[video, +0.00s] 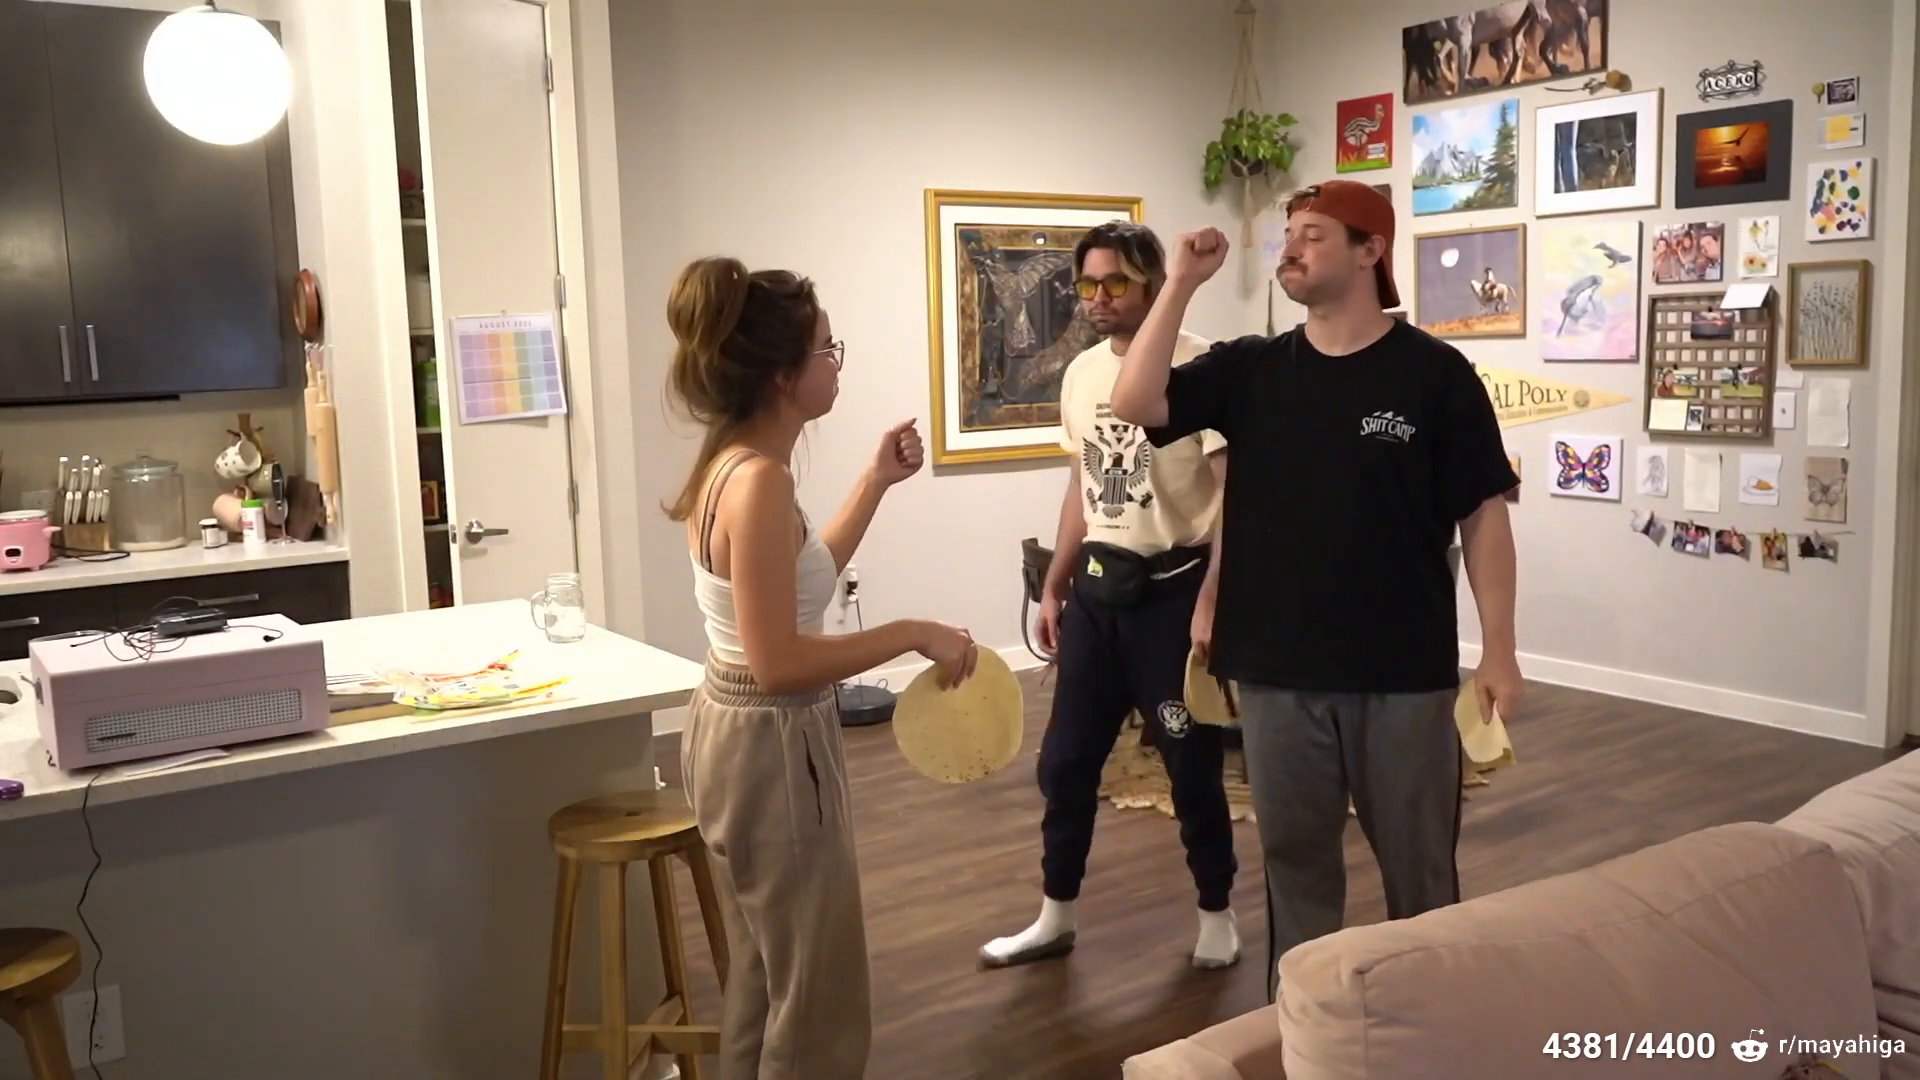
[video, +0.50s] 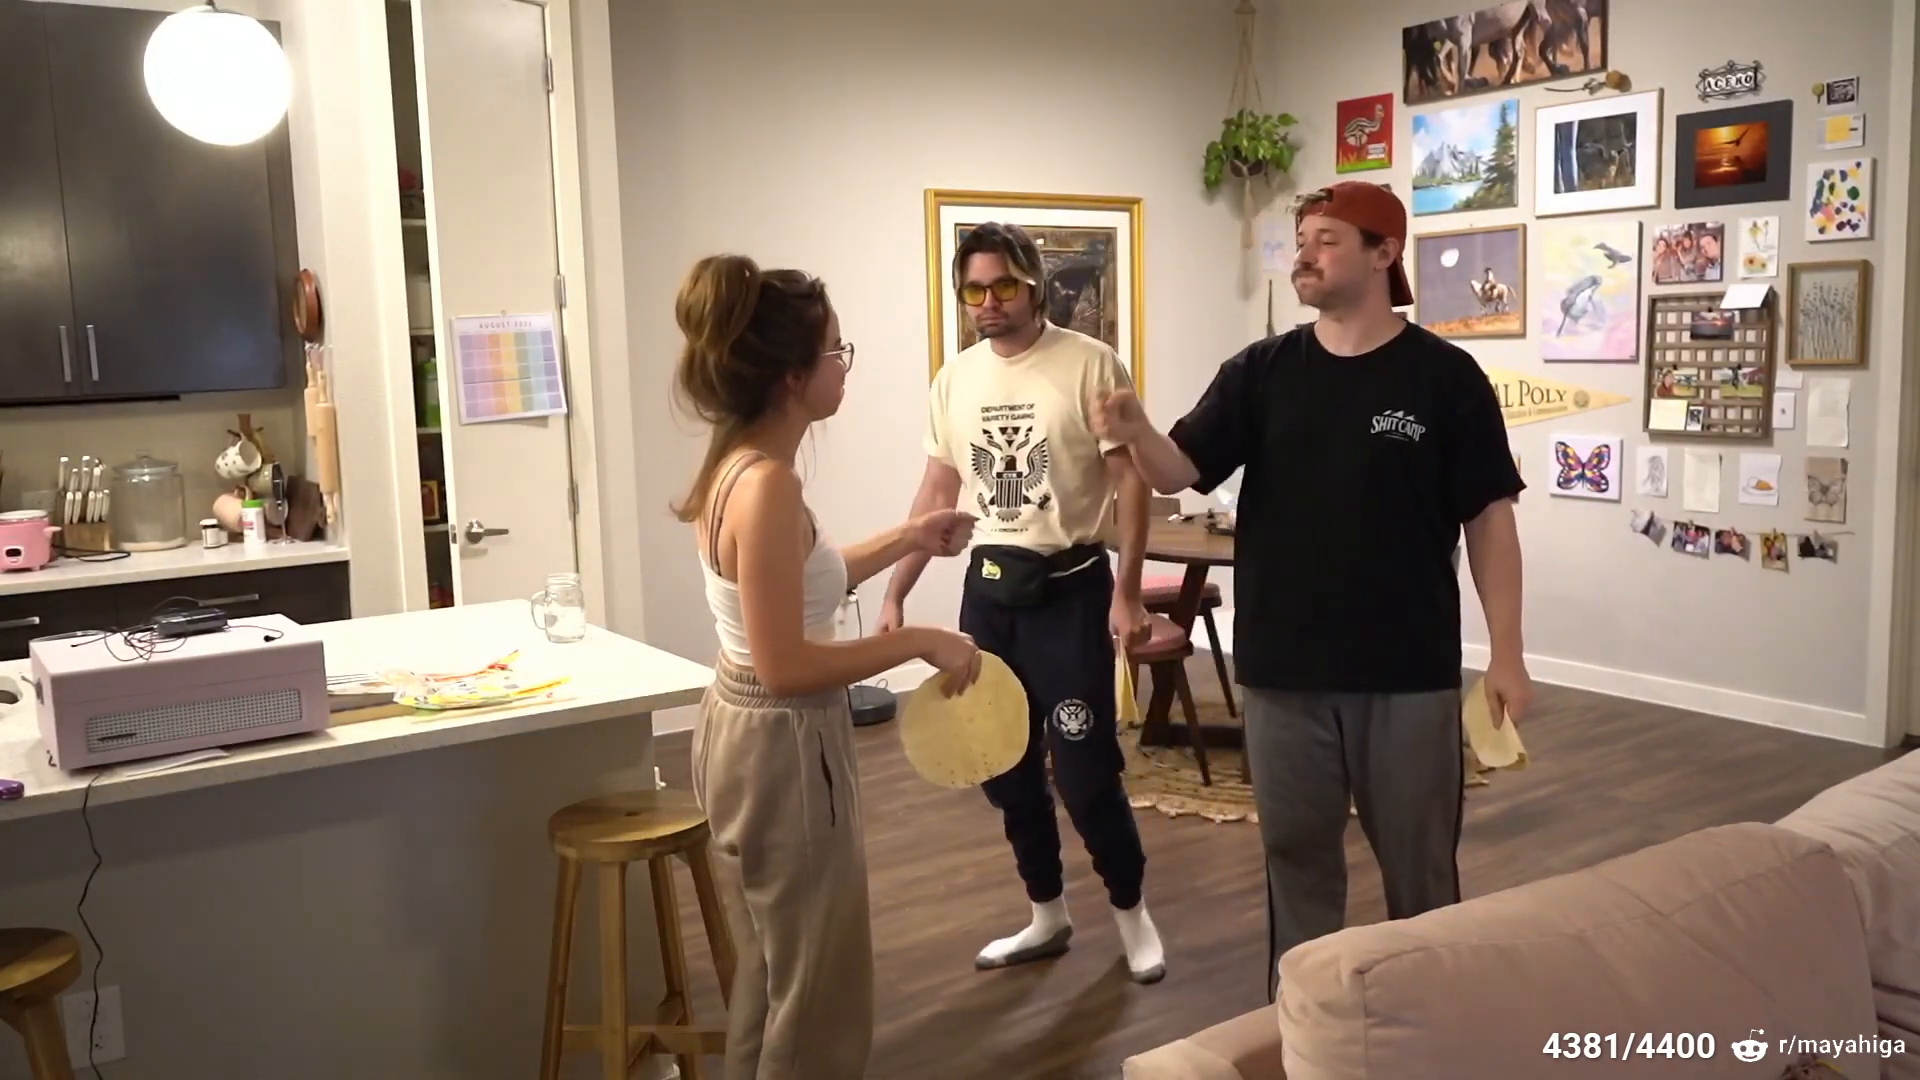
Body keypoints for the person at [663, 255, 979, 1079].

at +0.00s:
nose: (839, 358)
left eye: (832, 345)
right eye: (827, 350)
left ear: (768, 379)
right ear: (782, 377)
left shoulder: (730, 467)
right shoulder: (759, 482)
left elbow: (805, 579)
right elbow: (776, 664)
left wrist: (873, 481)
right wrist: (916, 634)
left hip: (735, 733)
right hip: (775, 746)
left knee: (764, 968)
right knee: (818, 990)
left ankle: (744, 1074)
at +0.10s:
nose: (841, 359)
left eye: (835, 345)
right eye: (830, 349)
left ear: (768, 378)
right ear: (782, 377)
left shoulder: (731, 467)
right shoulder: (761, 482)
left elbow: (816, 567)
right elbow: (783, 665)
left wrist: (872, 462)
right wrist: (921, 629)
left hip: (735, 732)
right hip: (776, 747)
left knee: (763, 970)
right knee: (818, 990)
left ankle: (743, 1073)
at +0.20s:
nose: (841, 362)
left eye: (836, 348)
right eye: (830, 351)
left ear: (766, 378)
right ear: (786, 377)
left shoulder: (730, 467)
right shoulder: (762, 482)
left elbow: (829, 555)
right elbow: (786, 665)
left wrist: (859, 437)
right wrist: (924, 630)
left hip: (735, 729)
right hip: (778, 745)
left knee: (761, 971)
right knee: (815, 989)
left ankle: (744, 1075)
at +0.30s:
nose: (842, 363)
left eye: (838, 348)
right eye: (832, 352)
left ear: (765, 378)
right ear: (791, 376)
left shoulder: (732, 466)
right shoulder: (763, 482)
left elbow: (834, 547)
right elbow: (786, 666)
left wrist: (855, 429)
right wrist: (924, 632)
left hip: (739, 728)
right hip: (782, 744)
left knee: (764, 967)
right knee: (814, 983)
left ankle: (747, 1074)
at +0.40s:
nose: (845, 361)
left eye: (839, 348)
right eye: (834, 351)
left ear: (774, 378)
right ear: (790, 377)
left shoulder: (733, 468)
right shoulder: (765, 484)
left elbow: (815, 569)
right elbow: (786, 667)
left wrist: (883, 472)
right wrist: (923, 637)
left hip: (743, 729)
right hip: (783, 745)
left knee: (768, 966)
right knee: (816, 985)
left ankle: (748, 1074)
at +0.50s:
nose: (846, 365)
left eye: (841, 350)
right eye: (836, 354)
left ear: (777, 379)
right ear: (790, 378)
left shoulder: (736, 469)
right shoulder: (766, 485)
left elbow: (807, 577)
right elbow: (783, 666)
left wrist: (911, 535)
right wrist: (924, 643)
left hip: (745, 734)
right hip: (783, 748)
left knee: (774, 966)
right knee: (818, 982)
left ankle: (752, 1074)